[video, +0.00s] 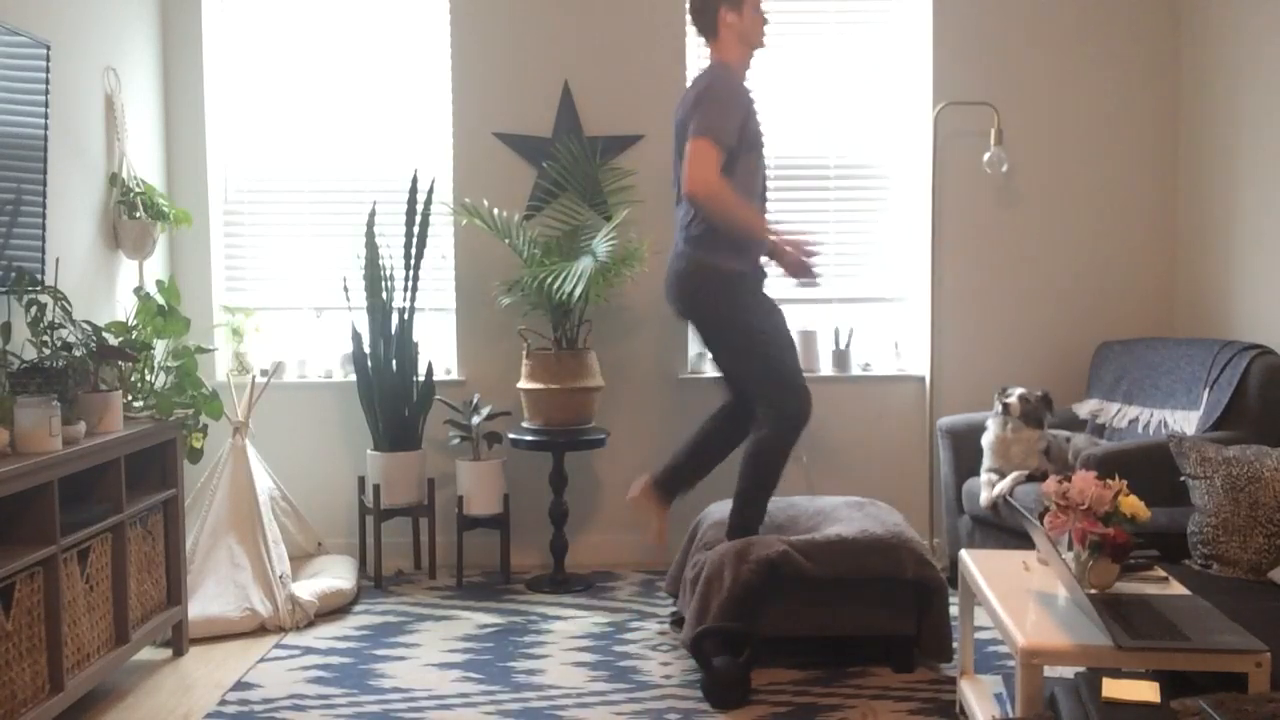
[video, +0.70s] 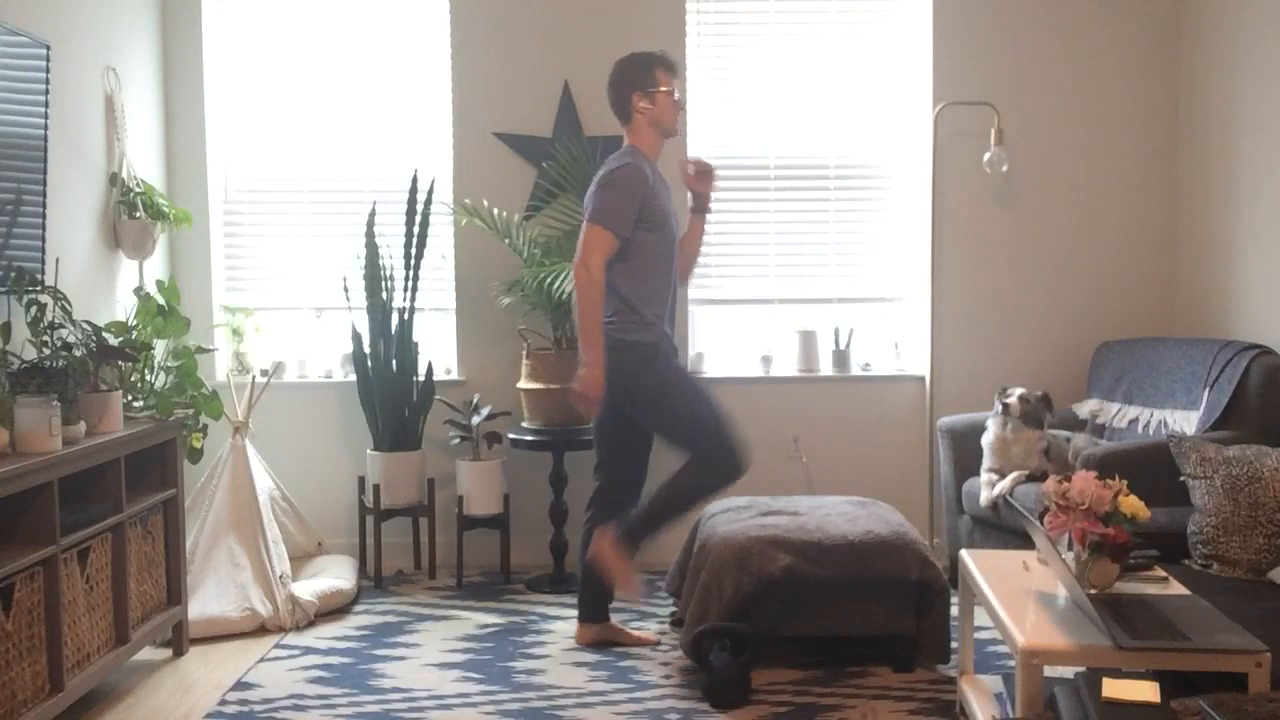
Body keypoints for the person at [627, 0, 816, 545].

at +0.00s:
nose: (765, 22)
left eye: (762, 12)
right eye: (755, 11)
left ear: (725, 24)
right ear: (727, 20)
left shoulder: (714, 88)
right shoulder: (722, 89)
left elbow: (709, 191)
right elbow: (700, 183)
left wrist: (772, 244)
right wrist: (773, 243)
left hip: (709, 273)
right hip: (720, 276)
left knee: (752, 401)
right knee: (787, 406)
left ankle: (659, 490)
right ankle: (740, 545)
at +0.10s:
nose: (758, 49)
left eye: (754, 38)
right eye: (750, 38)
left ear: (719, 51)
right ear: (722, 49)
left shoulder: (721, 123)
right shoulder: (710, 119)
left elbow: (729, 231)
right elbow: (679, 210)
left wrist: (796, 249)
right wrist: (732, 286)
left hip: (695, 302)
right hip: (703, 302)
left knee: (702, 433)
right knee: (799, 412)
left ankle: (635, 550)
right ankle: (741, 545)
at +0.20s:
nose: (747, 86)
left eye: (743, 75)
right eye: (738, 76)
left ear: (708, 87)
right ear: (709, 85)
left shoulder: (710, 158)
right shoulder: (696, 155)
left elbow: (722, 262)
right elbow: (656, 245)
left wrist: (792, 239)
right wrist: (684, 336)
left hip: (685, 331)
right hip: (696, 332)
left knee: (665, 467)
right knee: (805, 416)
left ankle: (617, 590)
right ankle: (742, 547)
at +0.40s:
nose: (712, 113)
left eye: (710, 102)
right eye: (704, 103)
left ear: (678, 111)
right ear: (674, 110)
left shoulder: (677, 184)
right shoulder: (656, 178)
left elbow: (711, 276)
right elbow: (608, 262)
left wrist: (732, 211)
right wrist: (601, 360)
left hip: (659, 358)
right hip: (660, 357)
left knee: (644, 489)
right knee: (796, 385)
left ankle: (596, 618)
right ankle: (746, 514)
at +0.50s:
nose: (698, 108)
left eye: (696, 97)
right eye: (689, 98)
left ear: (667, 107)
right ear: (659, 106)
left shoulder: (669, 176)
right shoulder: (643, 170)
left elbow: (705, 267)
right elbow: (589, 256)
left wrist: (709, 194)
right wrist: (586, 352)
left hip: (646, 350)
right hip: (650, 349)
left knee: (627, 489)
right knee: (786, 368)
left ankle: (594, 620)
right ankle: (702, 472)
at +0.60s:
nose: (688, 104)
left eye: (686, 95)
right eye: (679, 95)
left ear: (657, 106)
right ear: (648, 105)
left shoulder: (661, 175)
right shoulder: (634, 169)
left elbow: (699, 262)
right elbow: (582, 256)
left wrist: (698, 190)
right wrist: (579, 350)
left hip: (641, 347)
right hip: (640, 346)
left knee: (623, 486)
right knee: (762, 403)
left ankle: (594, 620)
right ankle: (653, 468)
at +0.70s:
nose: (680, 102)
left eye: (678, 94)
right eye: (671, 93)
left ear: (645, 105)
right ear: (641, 103)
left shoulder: (649, 178)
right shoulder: (625, 173)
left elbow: (674, 276)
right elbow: (585, 267)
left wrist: (699, 205)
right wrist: (592, 362)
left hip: (634, 350)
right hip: (633, 351)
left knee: (617, 485)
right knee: (724, 456)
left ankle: (594, 621)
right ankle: (623, 539)